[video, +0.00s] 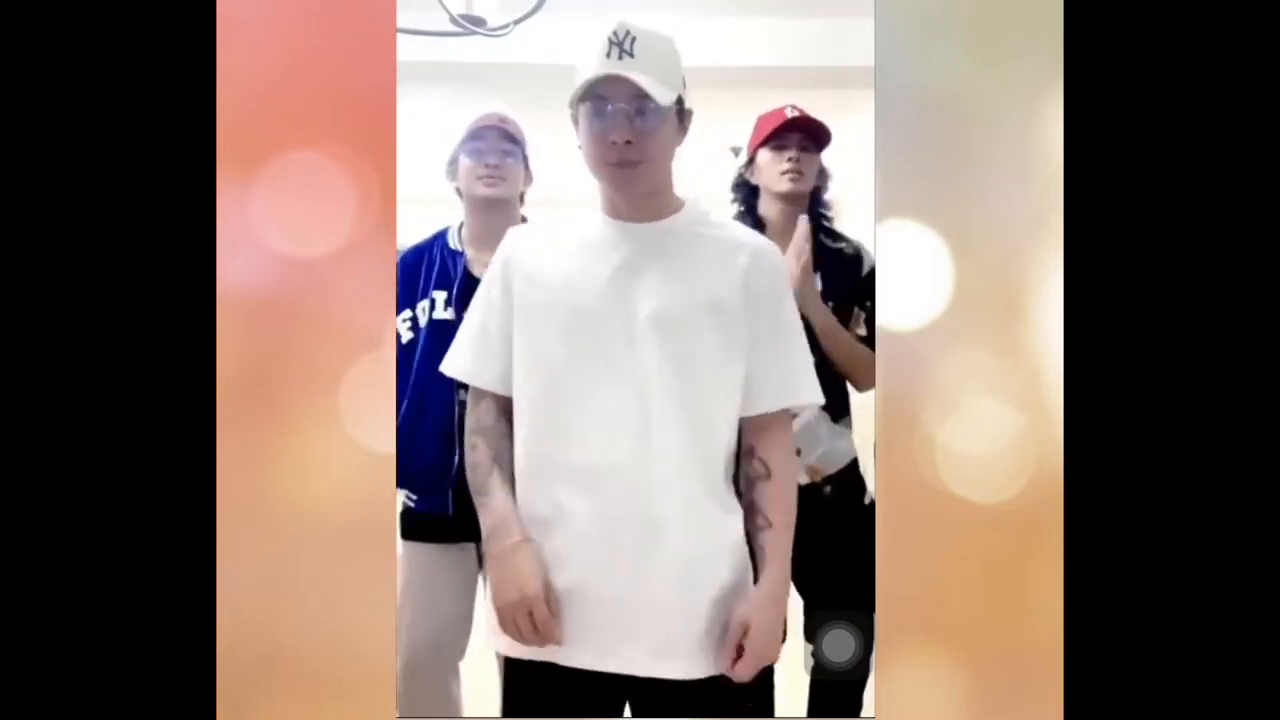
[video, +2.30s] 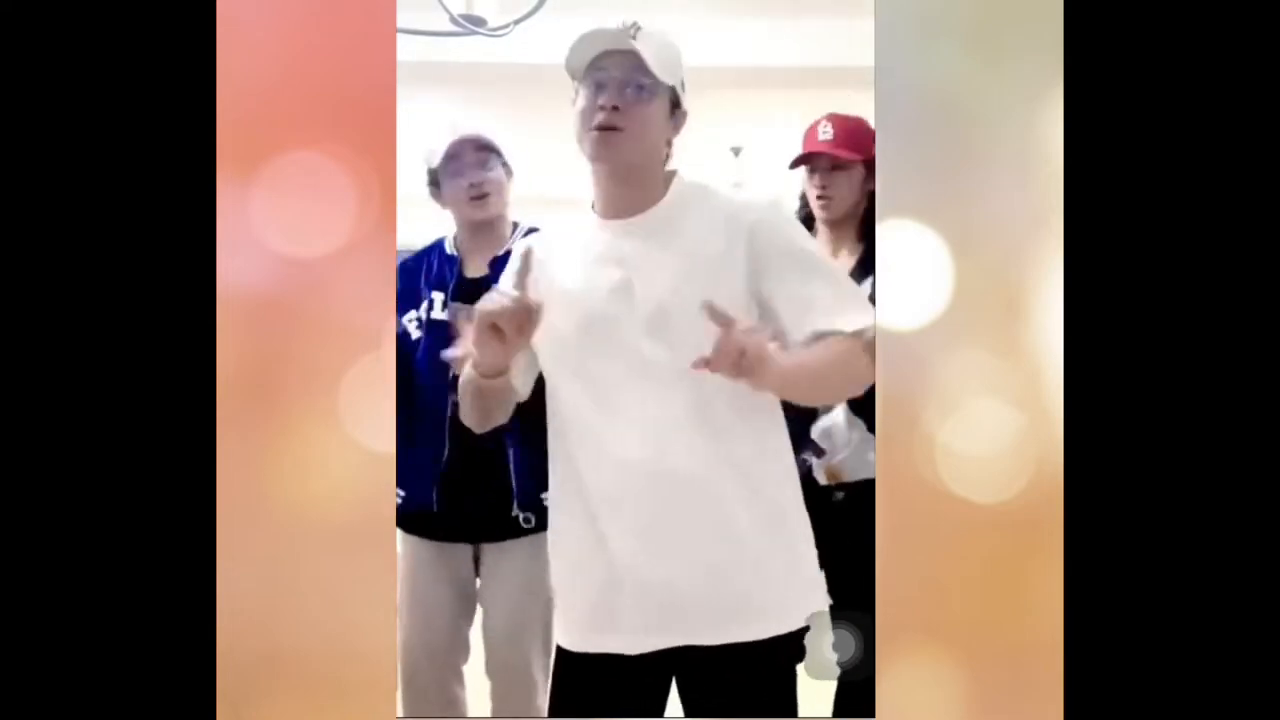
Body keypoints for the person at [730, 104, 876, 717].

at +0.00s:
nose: (795, 158)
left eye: (808, 150)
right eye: (780, 148)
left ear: (820, 170)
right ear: (750, 165)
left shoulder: (847, 258)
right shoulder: (722, 251)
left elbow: (865, 374)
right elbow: (712, 361)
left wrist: (809, 302)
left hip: (829, 472)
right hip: (740, 471)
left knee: (843, 648)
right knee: (743, 642)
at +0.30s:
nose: (795, 160)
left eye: (808, 150)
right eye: (781, 150)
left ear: (825, 167)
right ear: (754, 164)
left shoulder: (858, 254)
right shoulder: (727, 245)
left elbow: (889, 351)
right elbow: (705, 345)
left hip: (839, 466)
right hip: (748, 464)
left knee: (842, 645)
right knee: (748, 639)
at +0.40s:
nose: (798, 162)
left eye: (811, 151)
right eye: (783, 151)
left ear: (827, 166)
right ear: (757, 167)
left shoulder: (862, 256)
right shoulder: (731, 252)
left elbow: (885, 364)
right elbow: (715, 364)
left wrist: (849, 449)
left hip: (848, 469)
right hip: (751, 467)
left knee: (846, 642)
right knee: (751, 630)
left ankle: (835, 719)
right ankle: (763, 716)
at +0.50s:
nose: (800, 156)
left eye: (813, 146)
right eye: (785, 145)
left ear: (829, 161)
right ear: (759, 162)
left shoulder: (866, 248)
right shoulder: (733, 249)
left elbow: (894, 351)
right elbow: (711, 351)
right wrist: (770, 277)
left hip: (850, 460)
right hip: (755, 459)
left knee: (843, 643)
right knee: (758, 633)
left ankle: (834, 716)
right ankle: (770, 712)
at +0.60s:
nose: (806, 149)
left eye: (818, 137)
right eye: (789, 138)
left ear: (832, 150)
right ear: (763, 154)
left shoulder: (859, 235)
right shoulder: (741, 237)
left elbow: (899, 322)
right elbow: (726, 336)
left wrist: (874, 242)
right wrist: (760, 236)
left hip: (850, 452)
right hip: (761, 449)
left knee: (841, 625)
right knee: (762, 619)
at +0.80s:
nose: (814, 151)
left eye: (826, 140)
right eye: (798, 139)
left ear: (839, 156)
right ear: (768, 152)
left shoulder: (869, 244)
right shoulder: (742, 246)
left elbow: (894, 340)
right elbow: (722, 351)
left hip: (846, 473)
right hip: (754, 466)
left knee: (840, 633)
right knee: (748, 622)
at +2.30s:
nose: (820, 182)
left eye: (837, 169)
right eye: (811, 169)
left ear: (868, 180)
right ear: (801, 178)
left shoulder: (895, 261)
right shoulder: (781, 258)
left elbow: (905, 361)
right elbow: (764, 359)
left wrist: (869, 439)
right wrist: (799, 443)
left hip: (867, 477)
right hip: (786, 473)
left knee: (859, 641)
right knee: (774, 635)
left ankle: (854, 712)